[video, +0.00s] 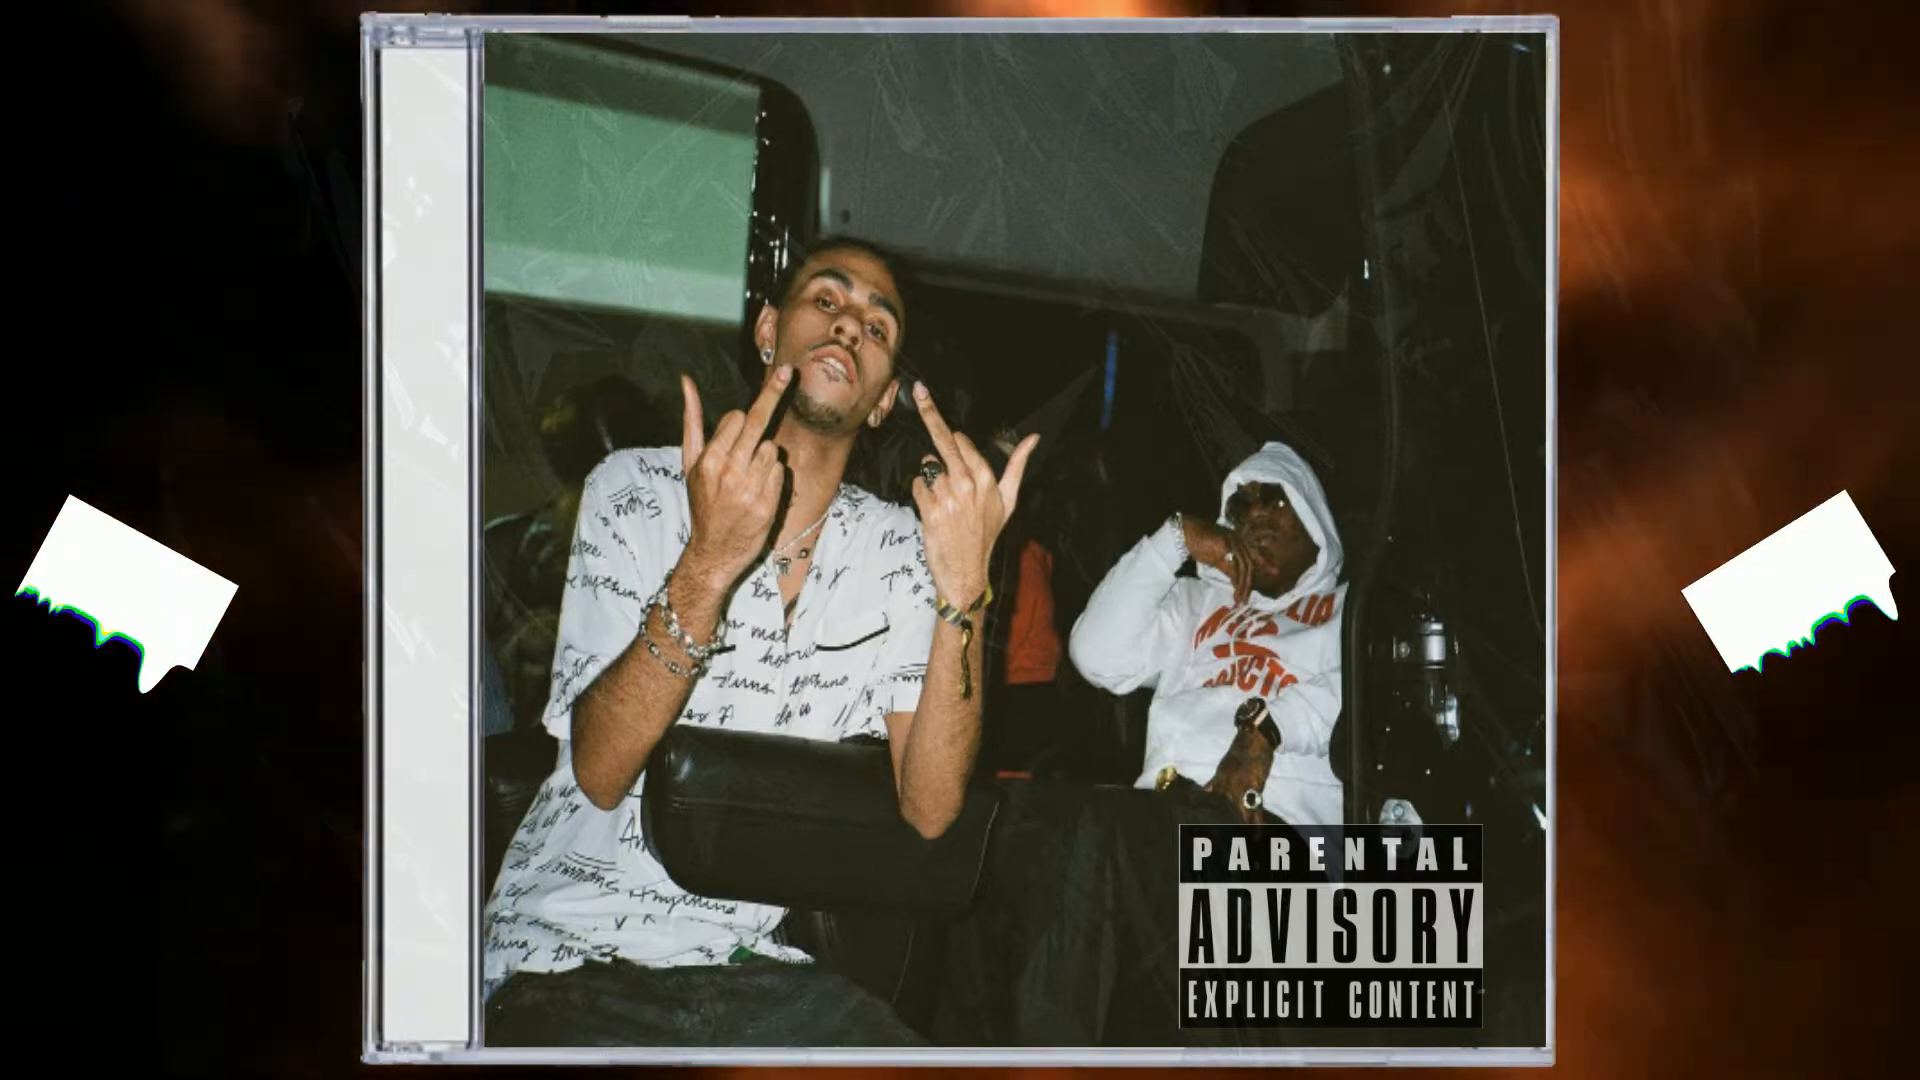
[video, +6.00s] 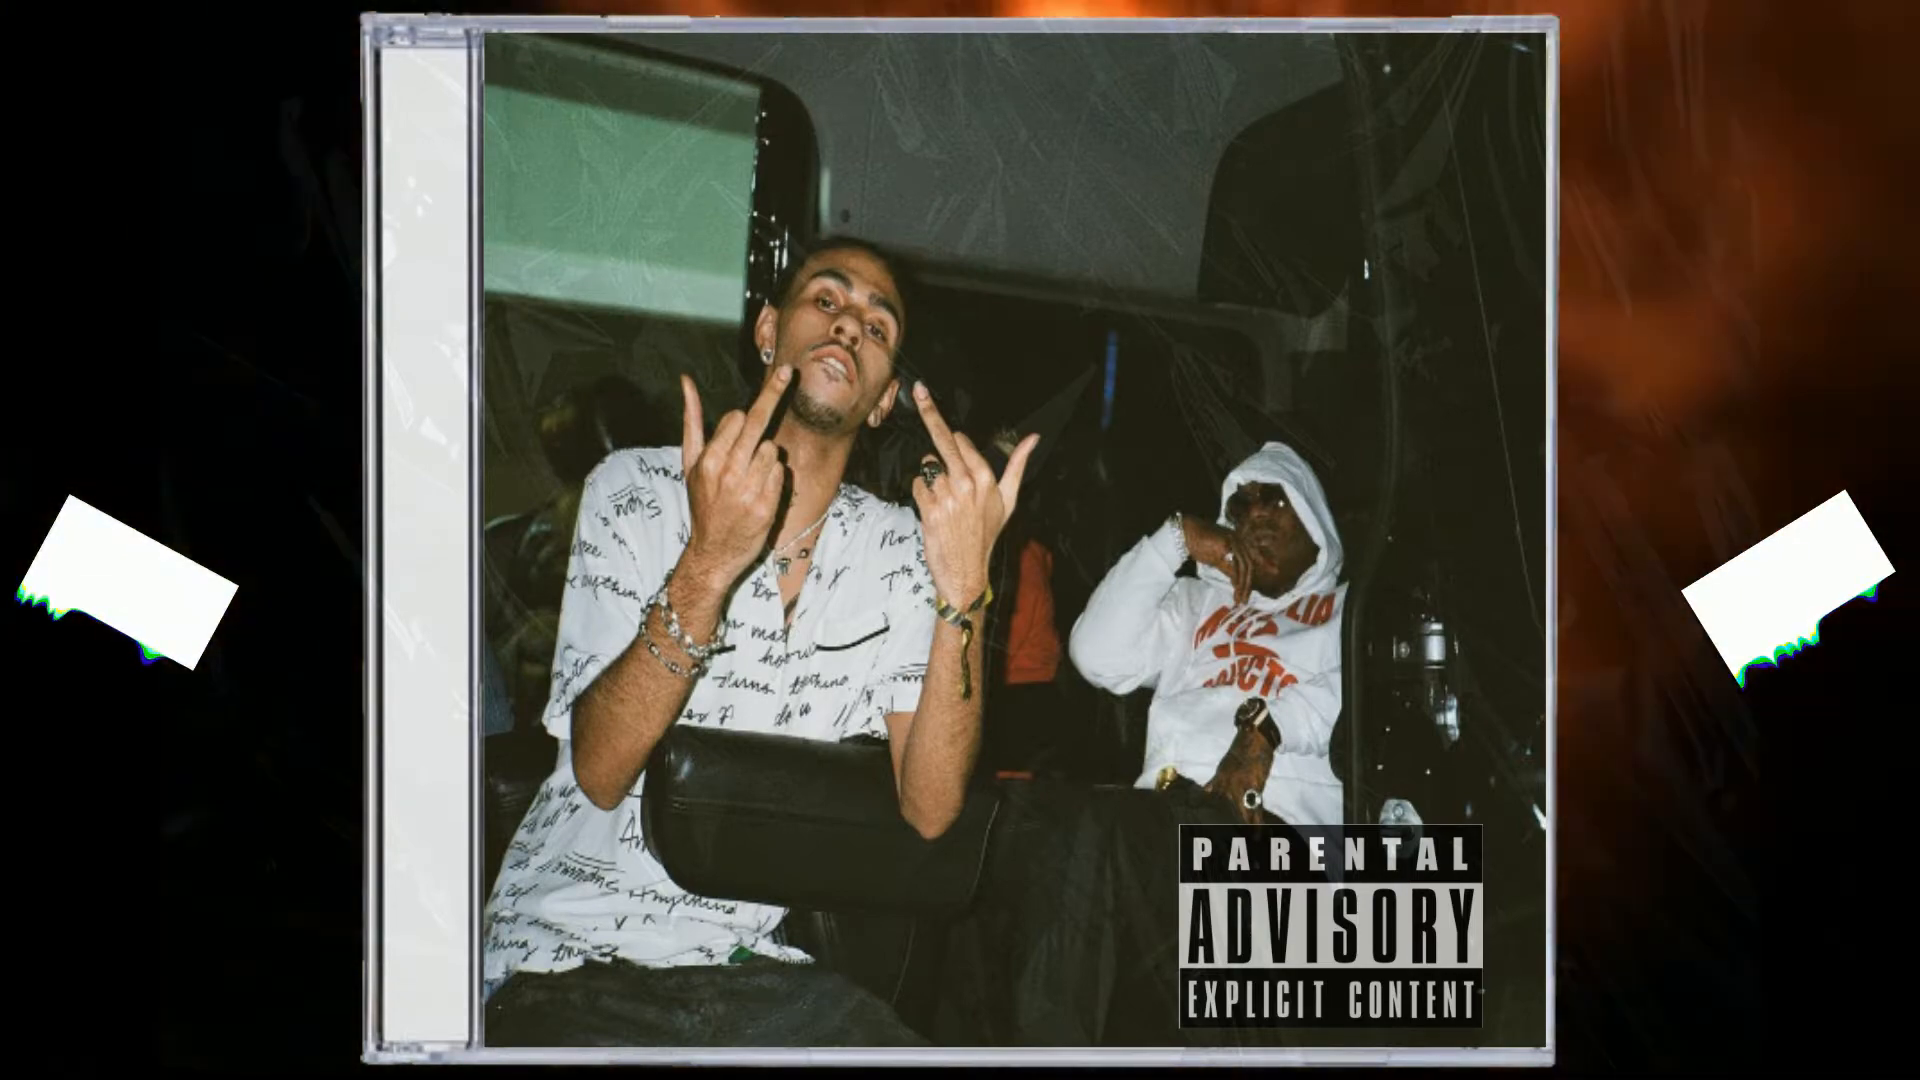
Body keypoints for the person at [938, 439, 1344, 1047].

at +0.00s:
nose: (1259, 519)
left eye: (1279, 502)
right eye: (1246, 503)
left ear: (1318, 522)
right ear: (1228, 523)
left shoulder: (1351, 606)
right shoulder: (1198, 599)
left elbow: (1348, 705)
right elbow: (1099, 658)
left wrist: (1272, 727)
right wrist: (1176, 539)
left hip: (1285, 817)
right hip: (1165, 807)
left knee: (1103, 824)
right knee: (1028, 811)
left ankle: (1052, 1054)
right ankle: (967, 1048)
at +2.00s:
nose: (1258, 518)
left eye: (1278, 501)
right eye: (1245, 503)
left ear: (1318, 521)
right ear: (1227, 523)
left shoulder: (1351, 607)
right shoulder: (1198, 601)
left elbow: (1342, 703)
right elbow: (1099, 657)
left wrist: (1268, 726)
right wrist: (1177, 539)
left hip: (1282, 817)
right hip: (1166, 806)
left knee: (1101, 824)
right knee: (1025, 809)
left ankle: (1052, 1053)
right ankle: (969, 1046)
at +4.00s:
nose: (1259, 517)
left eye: (1279, 501)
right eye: (1245, 502)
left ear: (1318, 521)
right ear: (1227, 523)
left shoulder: (1351, 606)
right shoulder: (1197, 601)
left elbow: (1356, 700)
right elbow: (1099, 658)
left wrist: (1269, 726)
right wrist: (1177, 539)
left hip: (1284, 817)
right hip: (1165, 807)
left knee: (1099, 825)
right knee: (1024, 810)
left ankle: (1052, 1053)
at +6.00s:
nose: (1259, 517)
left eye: (1280, 501)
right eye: (1246, 502)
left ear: (1319, 521)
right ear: (1227, 523)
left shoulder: (1352, 606)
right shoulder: (1197, 601)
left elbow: (1355, 702)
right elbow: (1099, 658)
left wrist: (1269, 725)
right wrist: (1176, 539)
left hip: (1287, 817)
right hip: (1166, 808)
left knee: (1096, 826)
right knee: (1025, 812)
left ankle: (1051, 1052)